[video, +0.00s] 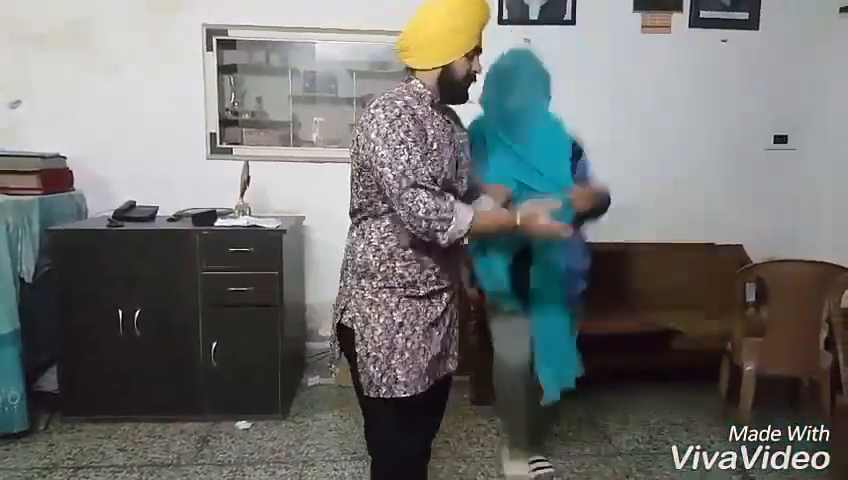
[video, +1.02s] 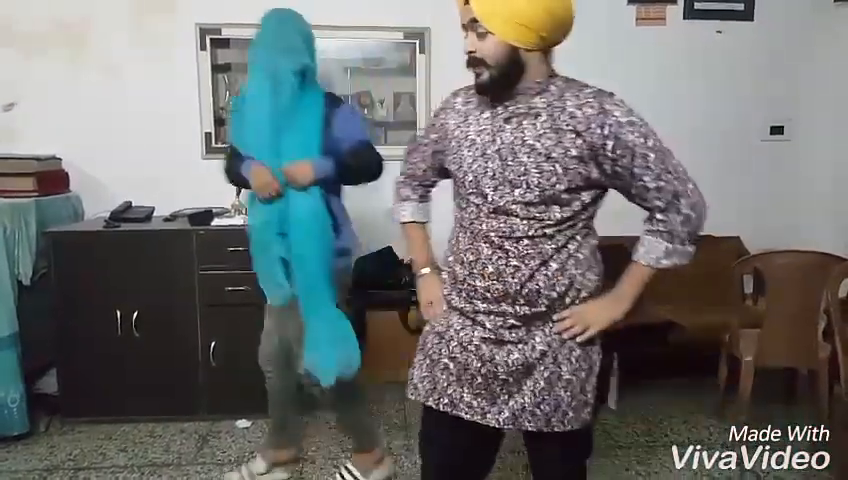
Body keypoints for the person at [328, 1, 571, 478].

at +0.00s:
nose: (479, 68)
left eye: (479, 56)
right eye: (473, 55)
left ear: (442, 57)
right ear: (444, 56)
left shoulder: (452, 126)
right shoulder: (391, 114)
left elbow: (454, 195)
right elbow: (419, 211)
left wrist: (489, 199)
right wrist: (512, 222)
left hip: (434, 298)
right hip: (385, 303)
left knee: (419, 442)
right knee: (398, 451)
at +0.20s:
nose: (473, 60)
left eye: (476, 47)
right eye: (463, 46)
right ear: (425, 46)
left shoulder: (473, 124)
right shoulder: (376, 116)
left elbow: (489, 192)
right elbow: (384, 209)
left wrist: (529, 218)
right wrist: (489, 211)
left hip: (457, 307)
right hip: (391, 310)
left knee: (436, 447)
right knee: (400, 460)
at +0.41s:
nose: (447, 53)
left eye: (458, 40)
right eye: (431, 40)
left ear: (472, 48)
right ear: (409, 48)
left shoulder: (488, 121)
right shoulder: (374, 116)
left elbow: (522, 187)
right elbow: (313, 200)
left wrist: (531, 255)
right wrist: (381, 281)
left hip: (476, 319)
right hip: (390, 324)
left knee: (496, 443)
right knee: (397, 465)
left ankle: (451, 474)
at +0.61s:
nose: (434, 50)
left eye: (450, 35)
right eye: (422, 37)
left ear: (480, 41)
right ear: (412, 45)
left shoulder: (516, 116)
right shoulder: (380, 114)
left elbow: (566, 177)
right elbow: (304, 184)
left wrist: (549, 264)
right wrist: (348, 275)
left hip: (497, 334)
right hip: (402, 336)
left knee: (521, 471)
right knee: (398, 473)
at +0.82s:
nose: (445, 49)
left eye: (459, 34)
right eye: (439, 36)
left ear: (502, 36)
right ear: (434, 36)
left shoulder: (561, 115)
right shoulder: (418, 115)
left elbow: (627, 195)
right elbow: (355, 189)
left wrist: (585, 283)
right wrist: (387, 280)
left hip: (529, 346)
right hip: (432, 344)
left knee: (540, 472)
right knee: (420, 472)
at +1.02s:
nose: (467, 47)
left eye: (480, 32)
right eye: (465, 32)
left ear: (528, 35)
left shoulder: (595, 116)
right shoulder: (457, 112)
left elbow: (681, 207)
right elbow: (410, 183)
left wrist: (619, 299)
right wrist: (424, 271)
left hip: (556, 348)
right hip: (463, 341)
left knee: (559, 472)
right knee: (443, 470)